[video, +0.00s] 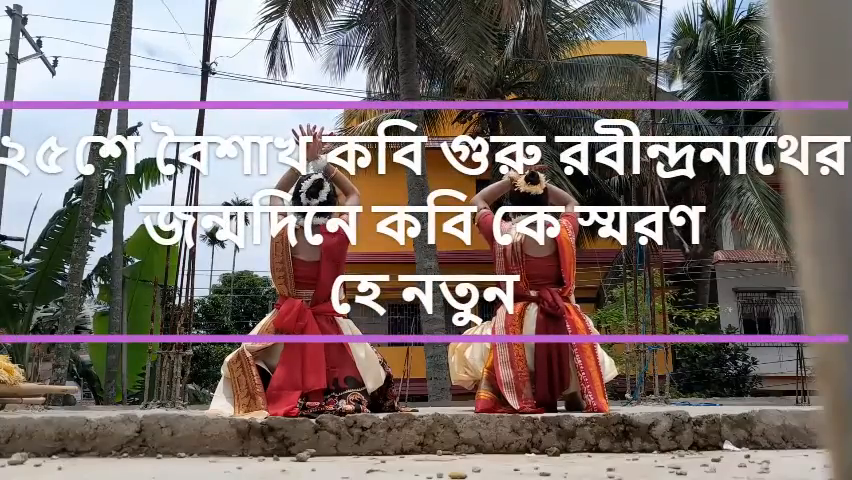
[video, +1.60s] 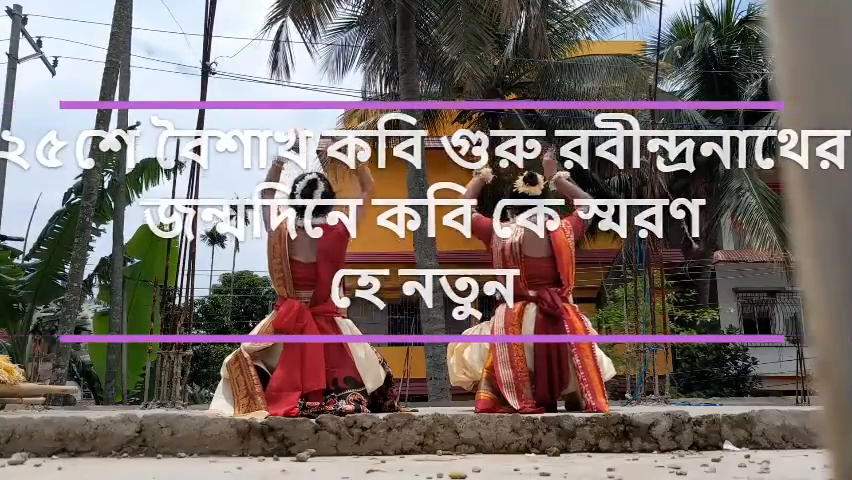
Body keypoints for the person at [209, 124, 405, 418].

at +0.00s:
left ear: (295, 203)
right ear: (330, 203)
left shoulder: (284, 234)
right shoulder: (337, 236)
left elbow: (277, 196)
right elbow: (351, 195)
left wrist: (303, 162)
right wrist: (323, 164)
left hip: (288, 328)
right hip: (330, 329)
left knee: (240, 363)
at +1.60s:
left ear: (292, 201)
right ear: (330, 202)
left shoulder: (279, 231)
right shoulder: (338, 232)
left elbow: (269, 192)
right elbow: (368, 188)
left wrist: (281, 157)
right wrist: (353, 157)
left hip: (287, 331)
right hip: (330, 329)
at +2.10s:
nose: (337, 201)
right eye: (334, 196)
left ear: (294, 201)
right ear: (331, 202)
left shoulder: (279, 234)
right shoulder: (340, 235)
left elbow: (266, 203)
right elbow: (381, 203)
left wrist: (272, 159)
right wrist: (380, 157)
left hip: (288, 332)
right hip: (331, 333)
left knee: (239, 367)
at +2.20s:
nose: (337, 201)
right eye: (334, 196)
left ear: (294, 201)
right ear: (331, 202)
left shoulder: (279, 234)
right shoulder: (341, 234)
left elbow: (263, 204)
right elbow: (384, 205)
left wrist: (268, 160)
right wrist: (384, 158)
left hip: (287, 332)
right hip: (331, 333)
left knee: (238, 367)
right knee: (378, 387)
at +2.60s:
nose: (338, 203)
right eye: (335, 199)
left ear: (296, 204)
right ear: (333, 203)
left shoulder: (278, 235)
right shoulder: (343, 236)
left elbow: (252, 211)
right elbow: (396, 220)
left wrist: (240, 175)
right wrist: (417, 190)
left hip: (286, 335)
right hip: (333, 336)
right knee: (378, 383)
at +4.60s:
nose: (339, 206)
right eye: (339, 201)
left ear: (300, 203)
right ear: (337, 206)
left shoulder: (274, 244)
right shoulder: (348, 248)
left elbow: (249, 281)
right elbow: (402, 266)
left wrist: (201, 256)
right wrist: (432, 247)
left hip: (288, 349)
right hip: (335, 348)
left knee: (239, 363)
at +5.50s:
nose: (335, 207)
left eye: (315, 202)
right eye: (337, 202)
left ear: (300, 205)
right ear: (337, 206)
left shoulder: (275, 245)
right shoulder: (349, 247)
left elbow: (238, 278)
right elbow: (403, 263)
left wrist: (198, 253)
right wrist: (434, 245)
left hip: (287, 343)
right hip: (334, 343)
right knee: (375, 389)